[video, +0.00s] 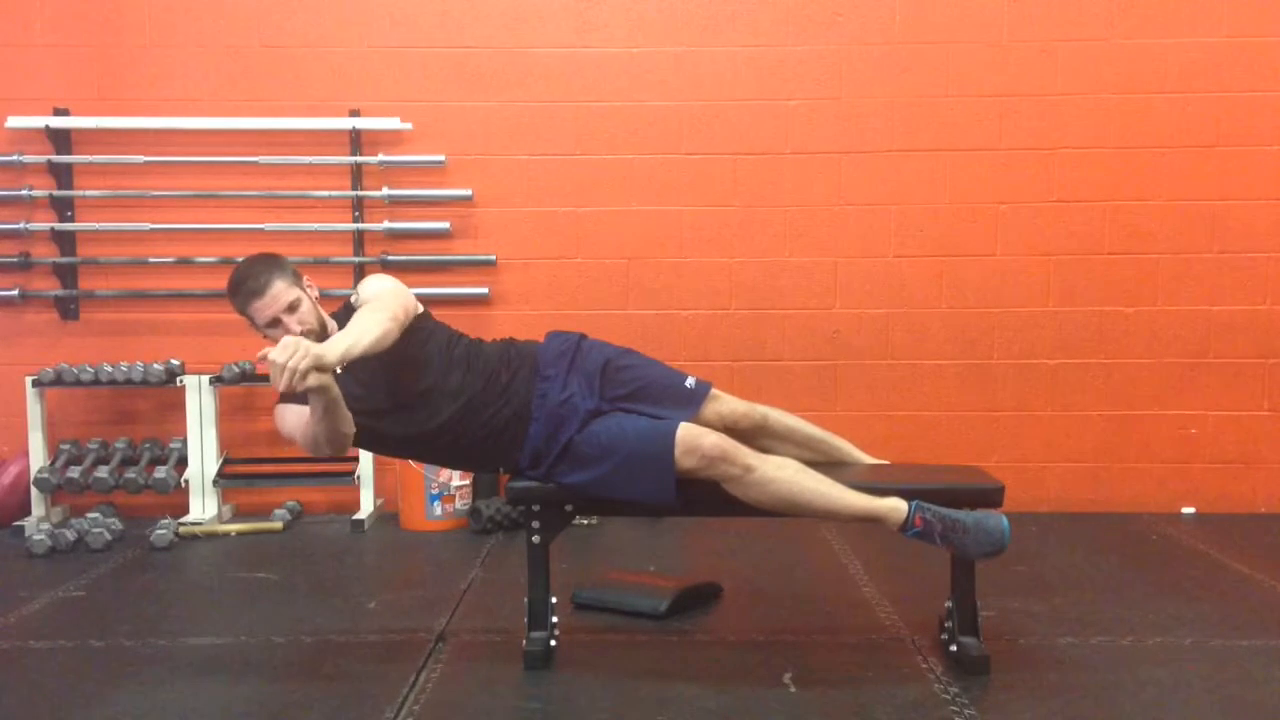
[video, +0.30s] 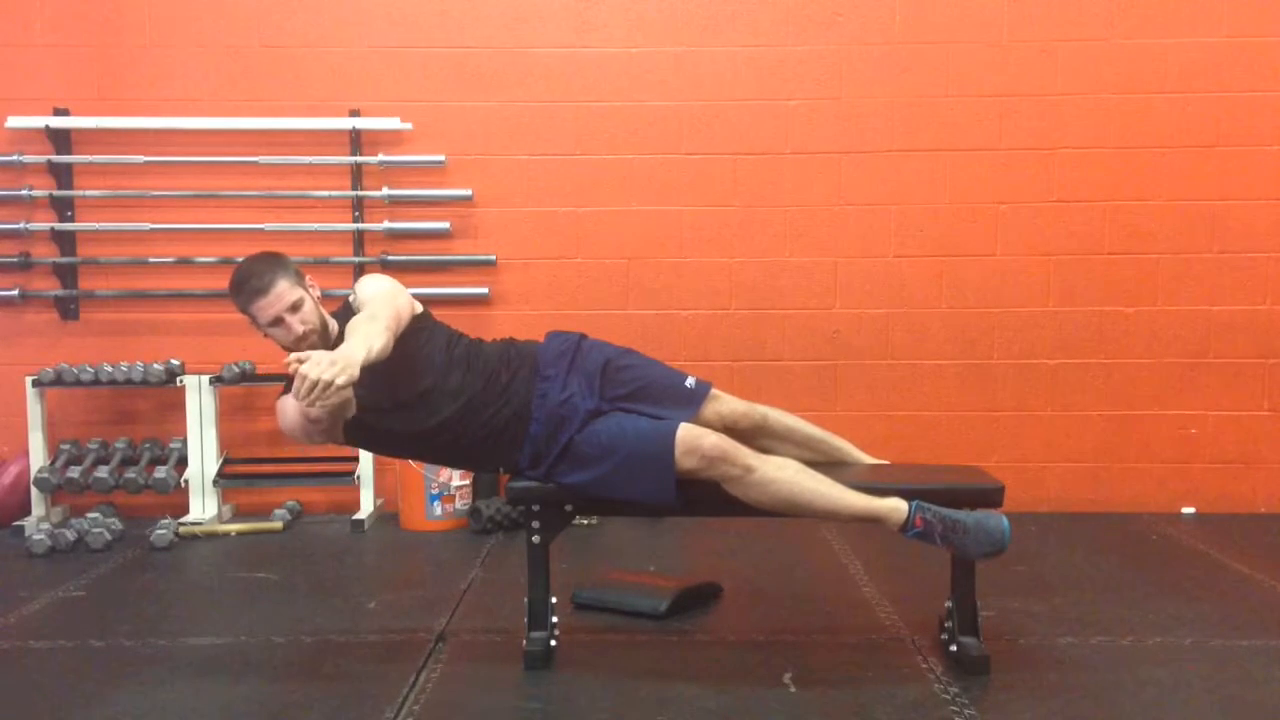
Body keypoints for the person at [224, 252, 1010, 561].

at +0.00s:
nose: (290, 326)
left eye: (290, 308)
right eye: (271, 325)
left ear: (313, 286)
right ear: (261, 339)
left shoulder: (373, 295)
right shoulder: (307, 402)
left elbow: (389, 322)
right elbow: (333, 447)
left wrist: (329, 354)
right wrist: (305, 391)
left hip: (567, 366)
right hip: (546, 449)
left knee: (737, 416)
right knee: (709, 454)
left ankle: (908, 491)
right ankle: (911, 519)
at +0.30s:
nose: (294, 328)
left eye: (294, 308)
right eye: (274, 327)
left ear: (312, 284)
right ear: (259, 338)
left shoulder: (367, 293)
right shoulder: (301, 402)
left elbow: (388, 320)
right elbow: (326, 421)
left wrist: (346, 357)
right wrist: (331, 393)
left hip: (567, 365)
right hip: (546, 447)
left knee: (736, 416)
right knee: (708, 453)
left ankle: (910, 492)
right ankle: (911, 520)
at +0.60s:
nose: (296, 325)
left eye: (295, 305)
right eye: (276, 324)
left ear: (312, 283)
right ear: (261, 336)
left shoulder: (367, 293)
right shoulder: (301, 400)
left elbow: (386, 320)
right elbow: (323, 418)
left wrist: (344, 358)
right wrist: (329, 395)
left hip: (567, 365)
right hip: (547, 446)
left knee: (735, 415)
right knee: (710, 454)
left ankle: (906, 491)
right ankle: (913, 520)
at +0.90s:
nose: (299, 320)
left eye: (297, 301)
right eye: (279, 319)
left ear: (314, 281)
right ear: (263, 333)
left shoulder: (368, 293)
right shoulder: (301, 400)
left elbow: (391, 317)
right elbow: (322, 419)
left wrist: (351, 351)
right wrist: (331, 390)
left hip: (567, 364)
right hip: (547, 445)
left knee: (734, 415)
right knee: (714, 457)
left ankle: (902, 490)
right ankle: (913, 519)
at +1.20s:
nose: (325, 295)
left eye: (327, 277)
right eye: (302, 294)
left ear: (339, 263)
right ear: (279, 307)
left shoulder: (393, 287)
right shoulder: (312, 392)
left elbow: (520, 333)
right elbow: (396, 450)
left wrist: (475, 393)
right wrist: (476, 379)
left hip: (582, 364)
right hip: (547, 443)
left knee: (748, 418)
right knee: (721, 465)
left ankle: (904, 487)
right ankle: (911, 523)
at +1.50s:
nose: (433, 211)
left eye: (430, 198)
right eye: (417, 201)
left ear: (418, 198)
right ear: (369, 209)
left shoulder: (451, 249)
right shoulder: (344, 322)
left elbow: (561, 274)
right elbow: (443, 399)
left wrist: (667, 288)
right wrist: (564, 389)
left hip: (583, 367)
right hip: (547, 434)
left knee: (755, 420)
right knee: (713, 461)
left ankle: (890, 498)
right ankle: (914, 522)